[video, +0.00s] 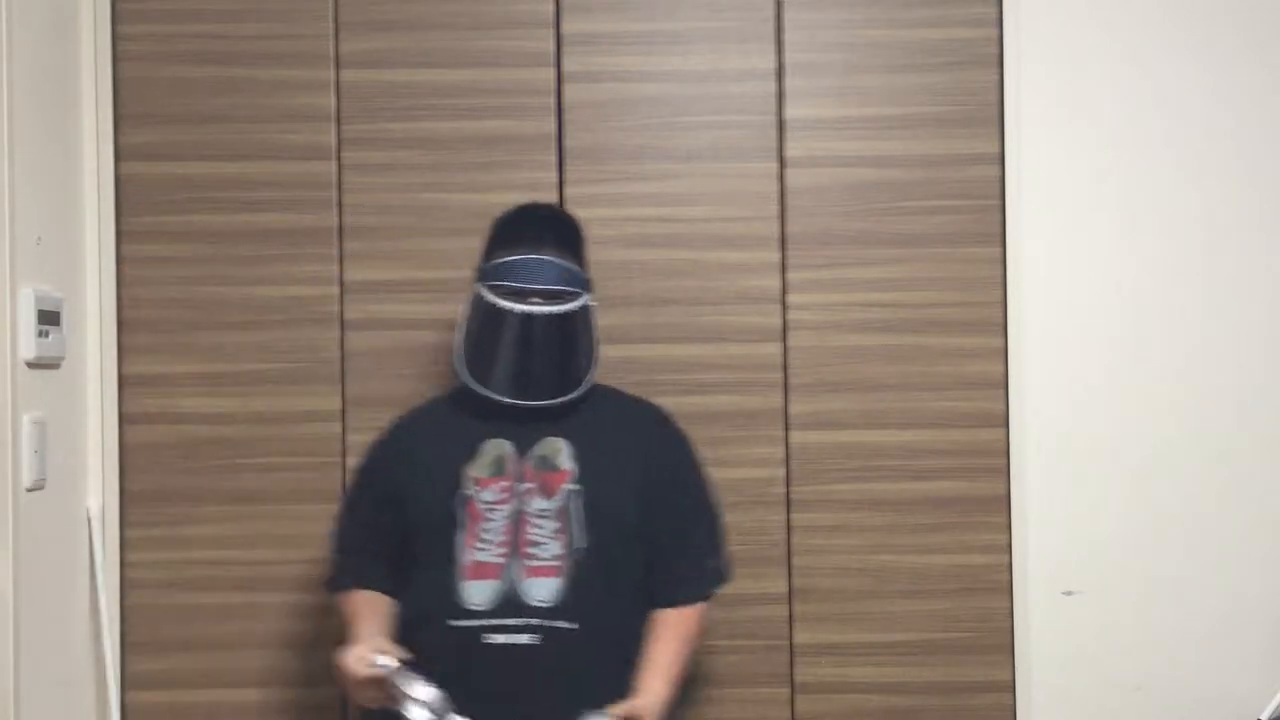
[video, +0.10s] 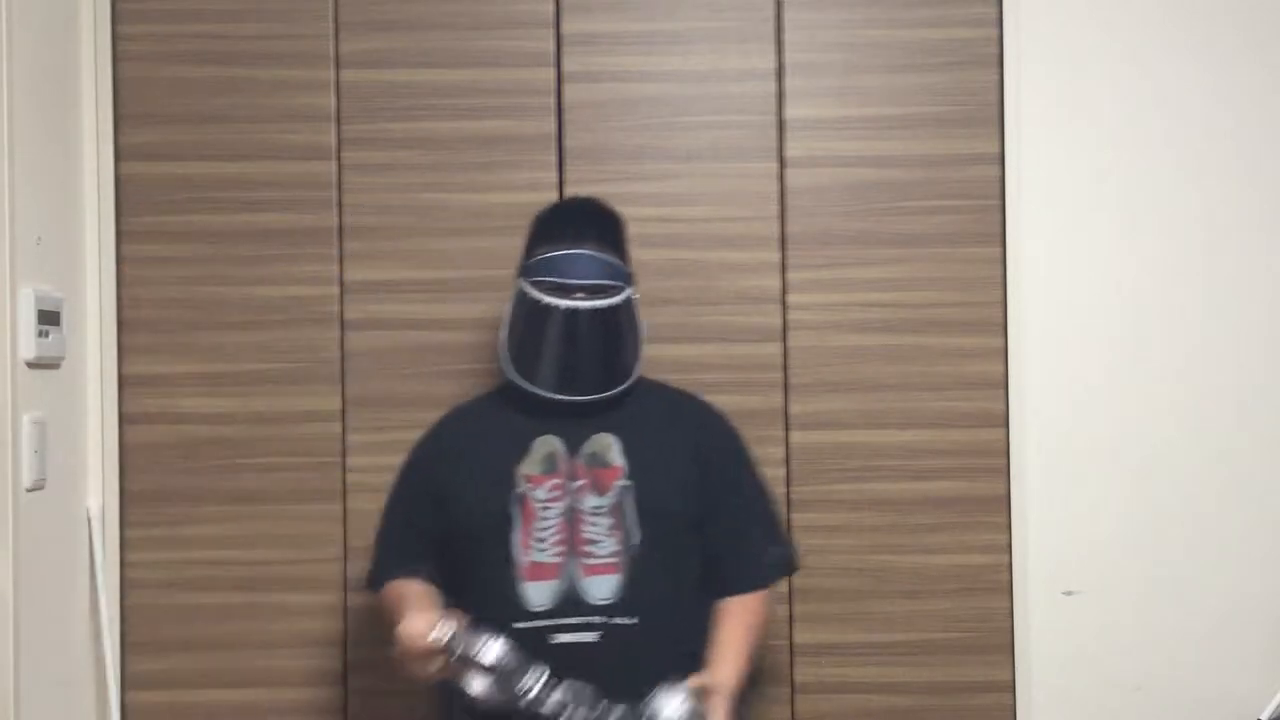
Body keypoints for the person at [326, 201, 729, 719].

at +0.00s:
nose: (532, 335)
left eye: (552, 315)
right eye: (512, 314)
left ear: (583, 316)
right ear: (479, 311)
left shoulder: (646, 441)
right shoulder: (416, 442)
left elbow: (684, 583)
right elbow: (369, 559)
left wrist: (648, 699)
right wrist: (369, 641)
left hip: (593, 704)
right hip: (444, 705)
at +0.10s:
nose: (575, 331)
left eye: (596, 311)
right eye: (555, 311)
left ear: (627, 309)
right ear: (522, 307)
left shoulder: (695, 435)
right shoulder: (459, 441)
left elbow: (748, 574)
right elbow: (405, 559)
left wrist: (720, 684)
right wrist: (420, 618)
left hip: (659, 699)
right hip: (506, 700)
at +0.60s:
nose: (634, 298)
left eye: (657, 276)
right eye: (613, 275)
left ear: (688, 284)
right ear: (575, 284)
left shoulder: (752, 404)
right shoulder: (530, 409)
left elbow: (885, 489)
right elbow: (420, 429)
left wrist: (840, 415)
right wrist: (491, 314)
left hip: (745, 697)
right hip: (585, 698)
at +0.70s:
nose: (624, 309)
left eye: (645, 289)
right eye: (604, 290)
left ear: (674, 290)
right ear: (572, 290)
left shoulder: (744, 399)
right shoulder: (524, 408)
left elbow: (870, 495)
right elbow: (403, 469)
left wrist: (807, 477)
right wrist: (474, 372)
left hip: (729, 694)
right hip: (575, 695)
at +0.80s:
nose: (606, 312)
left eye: (626, 293)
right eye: (586, 293)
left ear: (658, 290)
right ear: (555, 291)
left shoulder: (731, 411)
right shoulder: (500, 421)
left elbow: (824, 511)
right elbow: (392, 525)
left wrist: (773, 560)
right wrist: (444, 465)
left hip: (707, 703)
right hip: (551, 703)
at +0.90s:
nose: (578, 326)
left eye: (598, 307)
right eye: (558, 307)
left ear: (630, 303)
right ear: (528, 303)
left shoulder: (701, 422)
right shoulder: (473, 428)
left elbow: (766, 551)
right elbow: (384, 544)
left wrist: (734, 637)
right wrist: (420, 563)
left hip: (660, 701)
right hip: (518, 702)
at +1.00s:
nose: (539, 338)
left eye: (560, 319)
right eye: (520, 319)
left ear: (592, 316)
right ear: (488, 315)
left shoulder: (658, 439)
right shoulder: (428, 439)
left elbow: (707, 572)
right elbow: (371, 548)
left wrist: (679, 670)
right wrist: (371, 603)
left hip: (614, 703)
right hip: (467, 701)